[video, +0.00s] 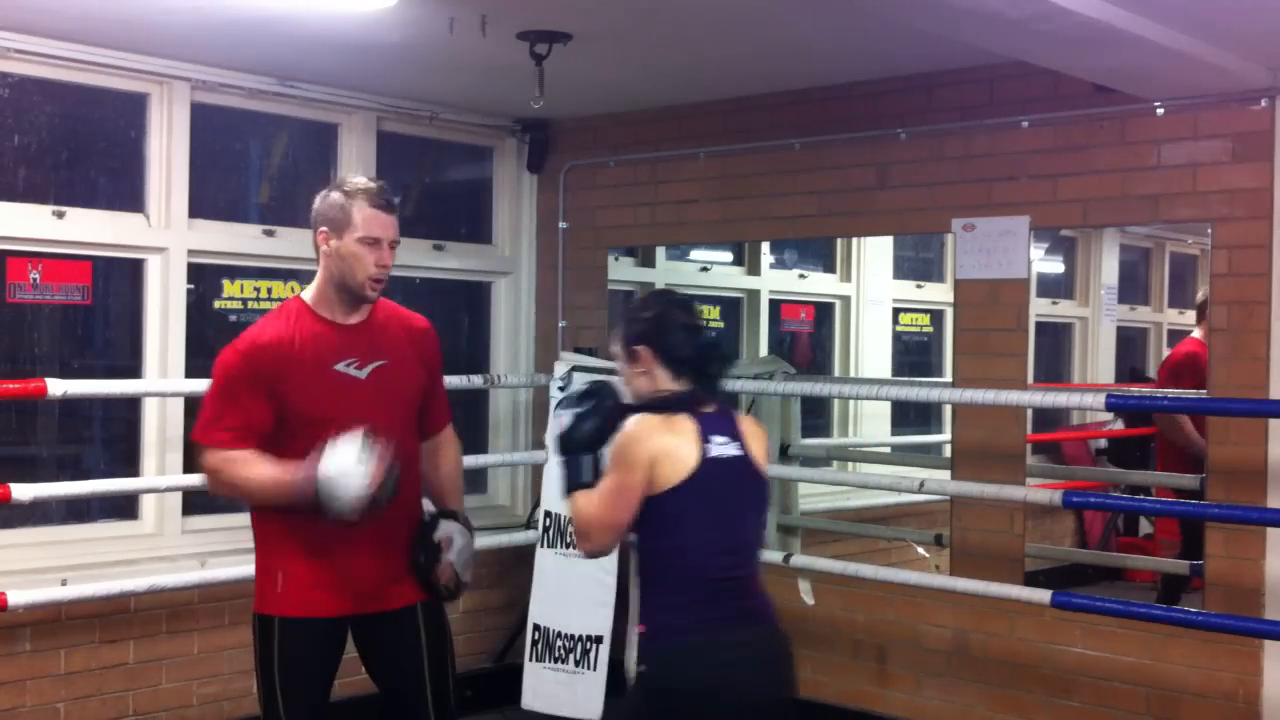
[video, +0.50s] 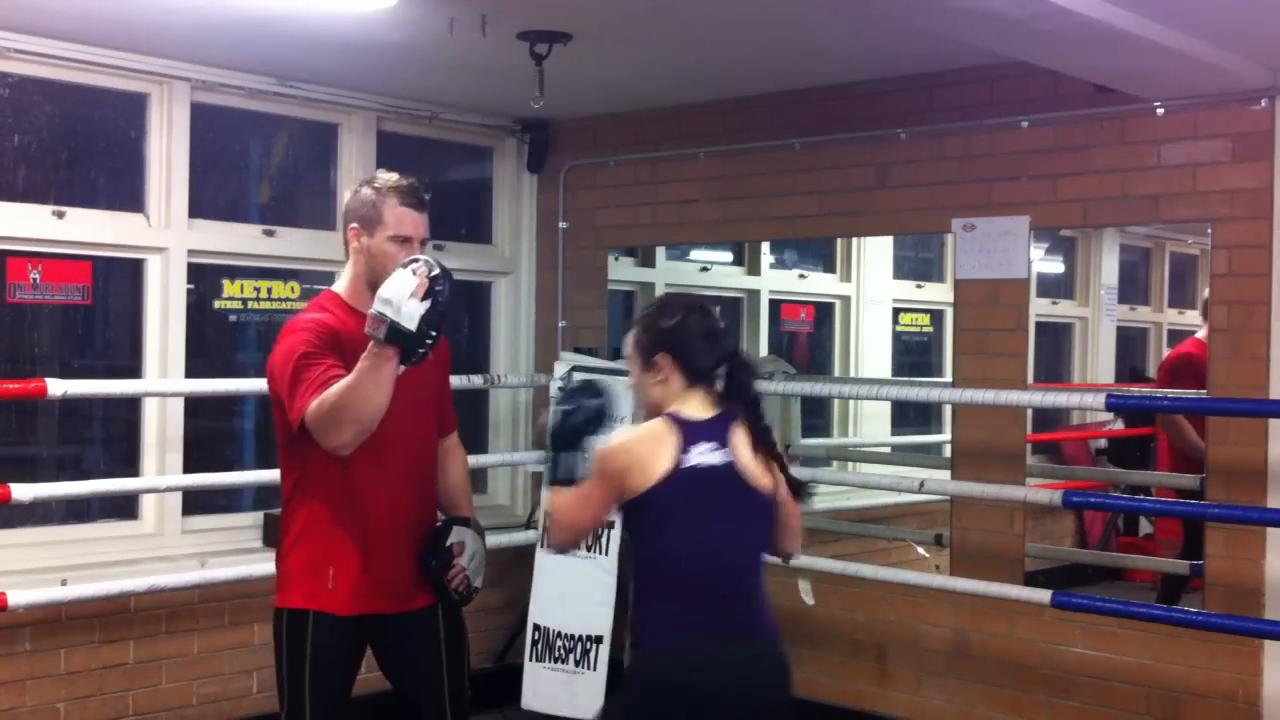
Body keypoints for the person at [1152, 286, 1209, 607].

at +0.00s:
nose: (1226, 319)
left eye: (1225, 312)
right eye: (1222, 312)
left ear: (1204, 313)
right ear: (1207, 314)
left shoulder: (1209, 353)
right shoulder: (1189, 353)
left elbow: (1174, 412)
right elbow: (1167, 412)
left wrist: (1209, 449)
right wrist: (1207, 452)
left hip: (1200, 469)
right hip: (1187, 470)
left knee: (1197, 543)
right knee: (1191, 544)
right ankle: (1164, 610)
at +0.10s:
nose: (1225, 319)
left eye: (1223, 313)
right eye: (1222, 313)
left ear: (1203, 313)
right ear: (1208, 313)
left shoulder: (1203, 350)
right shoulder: (1189, 352)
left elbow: (1182, 411)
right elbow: (1178, 412)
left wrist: (1212, 448)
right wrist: (1213, 453)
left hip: (1196, 467)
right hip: (1187, 468)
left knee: (1195, 542)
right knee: (1192, 543)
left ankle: (1167, 607)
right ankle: (1164, 610)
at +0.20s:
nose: (1225, 319)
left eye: (1223, 312)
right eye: (1221, 312)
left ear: (1203, 312)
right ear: (1207, 312)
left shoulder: (1201, 350)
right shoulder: (1189, 352)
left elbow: (1181, 410)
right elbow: (1179, 412)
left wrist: (1211, 445)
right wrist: (1214, 449)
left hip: (1195, 467)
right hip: (1186, 469)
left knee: (1193, 542)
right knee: (1189, 544)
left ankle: (1168, 607)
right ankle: (1165, 611)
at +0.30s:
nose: (1225, 317)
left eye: (1224, 311)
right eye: (1220, 311)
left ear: (1205, 311)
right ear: (1206, 311)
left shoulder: (1206, 352)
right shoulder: (1188, 354)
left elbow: (1181, 412)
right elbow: (1178, 414)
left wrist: (1213, 447)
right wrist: (1216, 452)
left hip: (1199, 470)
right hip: (1187, 471)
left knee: (1194, 545)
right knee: (1187, 546)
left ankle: (1168, 608)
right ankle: (1164, 612)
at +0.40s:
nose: (1229, 317)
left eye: (1227, 310)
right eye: (1224, 310)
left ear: (1205, 311)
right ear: (1209, 312)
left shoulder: (1215, 355)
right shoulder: (1187, 355)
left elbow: (1176, 415)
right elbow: (1171, 416)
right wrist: (1211, 453)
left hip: (1203, 473)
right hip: (1187, 474)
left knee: (1197, 547)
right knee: (1187, 548)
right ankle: (1164, 613)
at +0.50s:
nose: (1232, 316)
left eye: (1232, 308)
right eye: (1227, 308)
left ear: (1207, 311)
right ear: (1212, 313)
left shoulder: (1224, 356)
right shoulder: (1187, 356)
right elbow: (1169, 415)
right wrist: (1208, 455)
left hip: (1211, 472)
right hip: (1191, 473)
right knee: (1190, 547)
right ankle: (1163, 613)